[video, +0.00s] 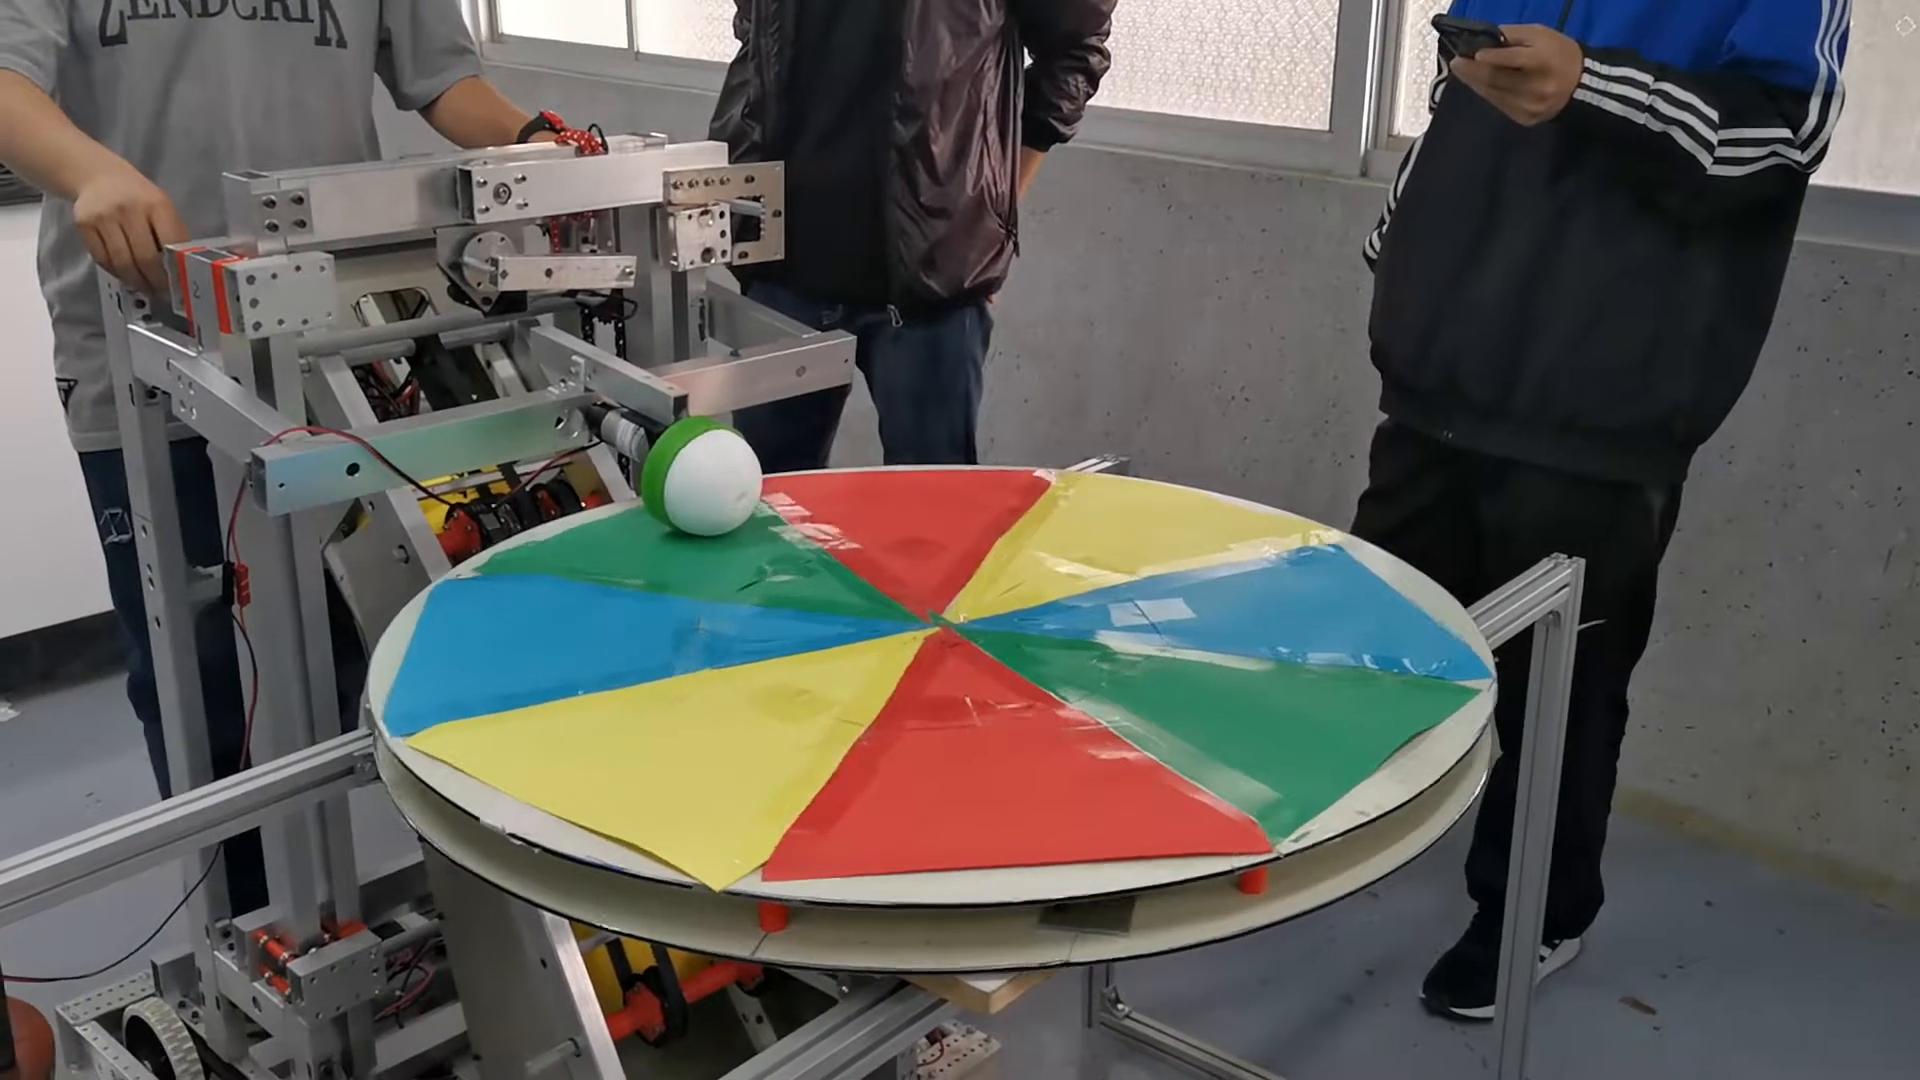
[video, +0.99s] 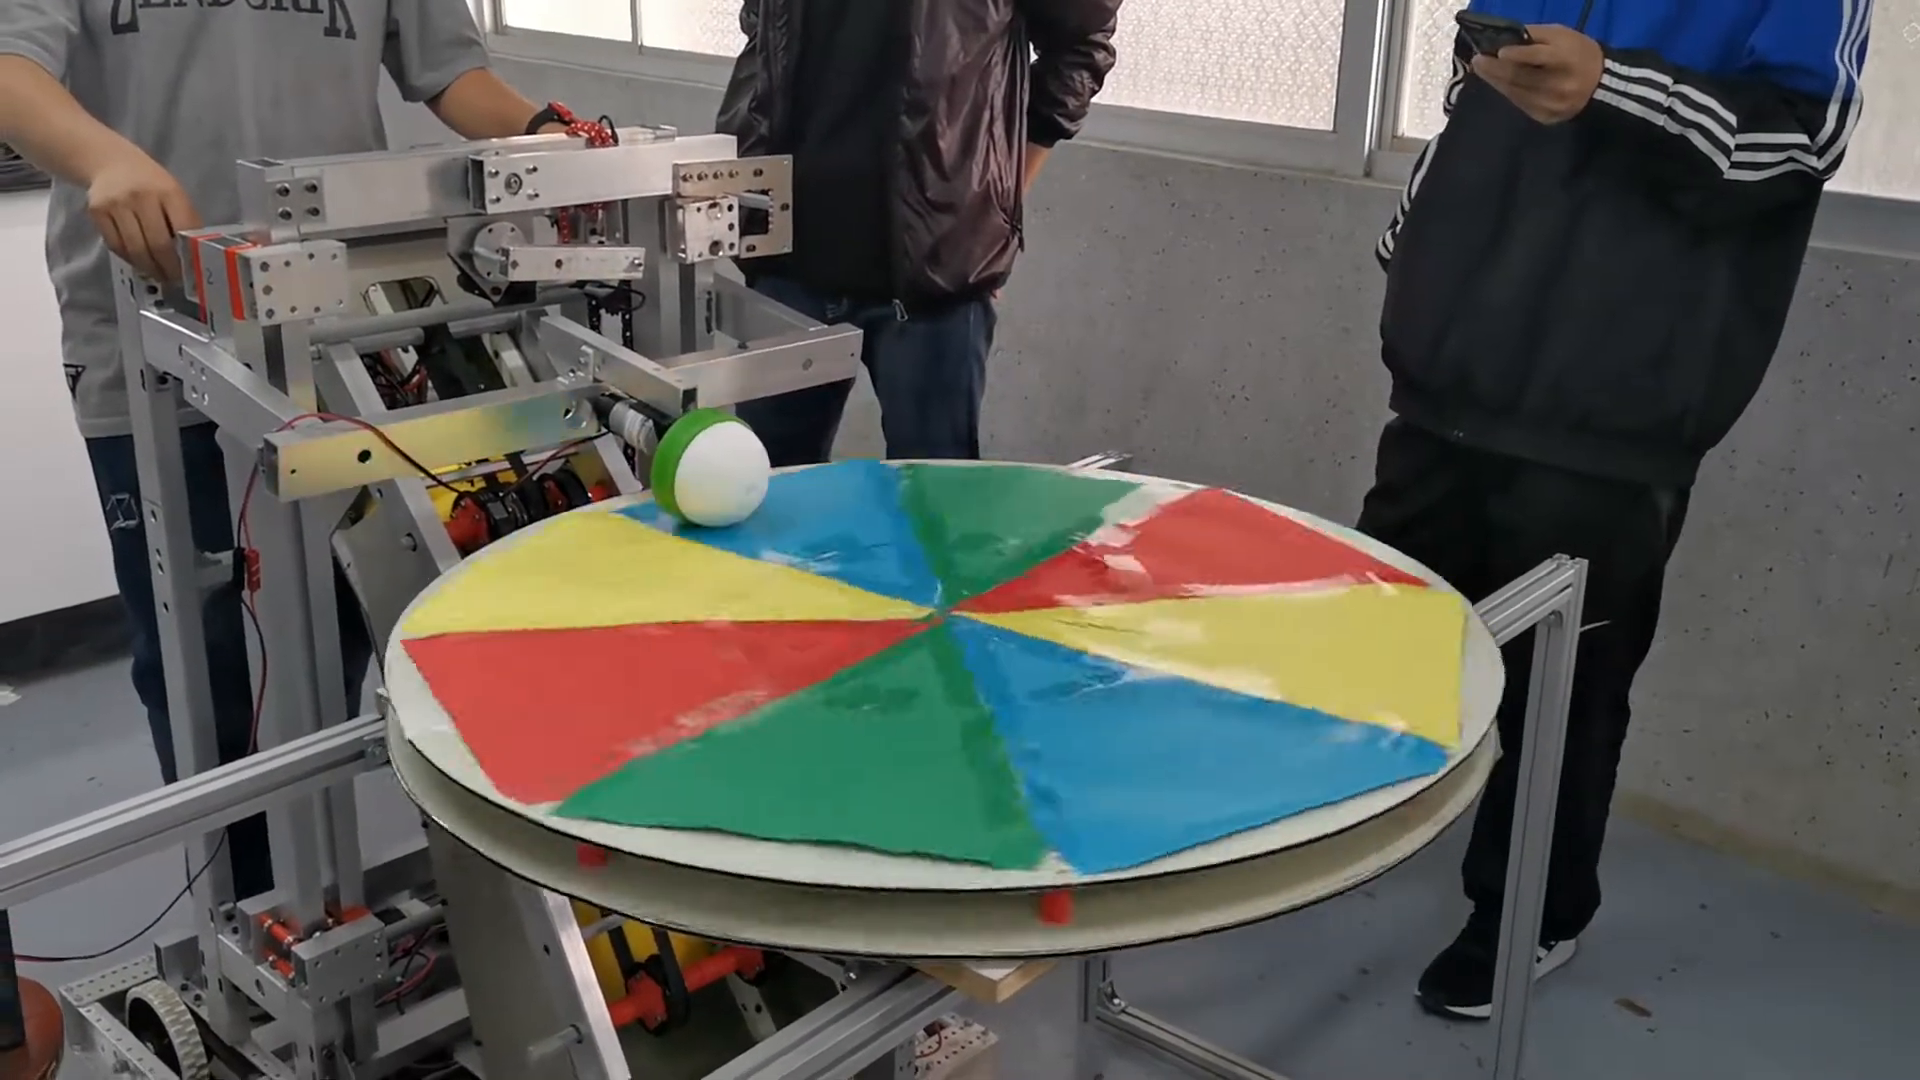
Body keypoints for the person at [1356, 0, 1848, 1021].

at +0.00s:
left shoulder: (1784, 7)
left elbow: (1786, 131)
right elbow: (1463, 66)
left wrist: (1586, 85)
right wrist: (1395, 241)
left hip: (1618, 371)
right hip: (1453, 331)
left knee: (1558, 671)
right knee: (1385, 625)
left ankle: (1530, 912)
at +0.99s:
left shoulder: (1804, 7)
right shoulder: (1528, 5)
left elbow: (1802, 137)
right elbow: (1478, 96)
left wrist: (1607, 85)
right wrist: (1407, 239)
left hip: (1627, 377)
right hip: (1463, 334)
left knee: (1563, 671)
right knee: (1391, 625)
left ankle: (1525, 916)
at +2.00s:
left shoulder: (1806, 8)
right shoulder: (1530, 5)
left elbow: (1802, 140)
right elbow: (1481, 92)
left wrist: (1606, 85)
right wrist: (1407, 246)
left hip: (1629, 378)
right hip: (1465, 335)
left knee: (1563, 671)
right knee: (1389, 618)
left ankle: (1523, 913)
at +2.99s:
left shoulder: (1821, 7)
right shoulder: (1539, 5)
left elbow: (1813, 142)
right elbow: (1487, 98)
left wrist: (1613, 86)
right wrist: (1415, 245)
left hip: (1639, 376)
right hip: (1473, 330)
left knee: (1572, 669)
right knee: (1397, 615)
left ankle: (1528, 910)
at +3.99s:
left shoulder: (1824, 6)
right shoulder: (1542, 4)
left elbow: (1812, 140)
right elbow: (1494, 85)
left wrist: (1612, 84)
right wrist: (1422, 241)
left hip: (1640, 373)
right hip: (1473, 327)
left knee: (1573, 666)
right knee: (1398, 611)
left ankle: (1529, 910)